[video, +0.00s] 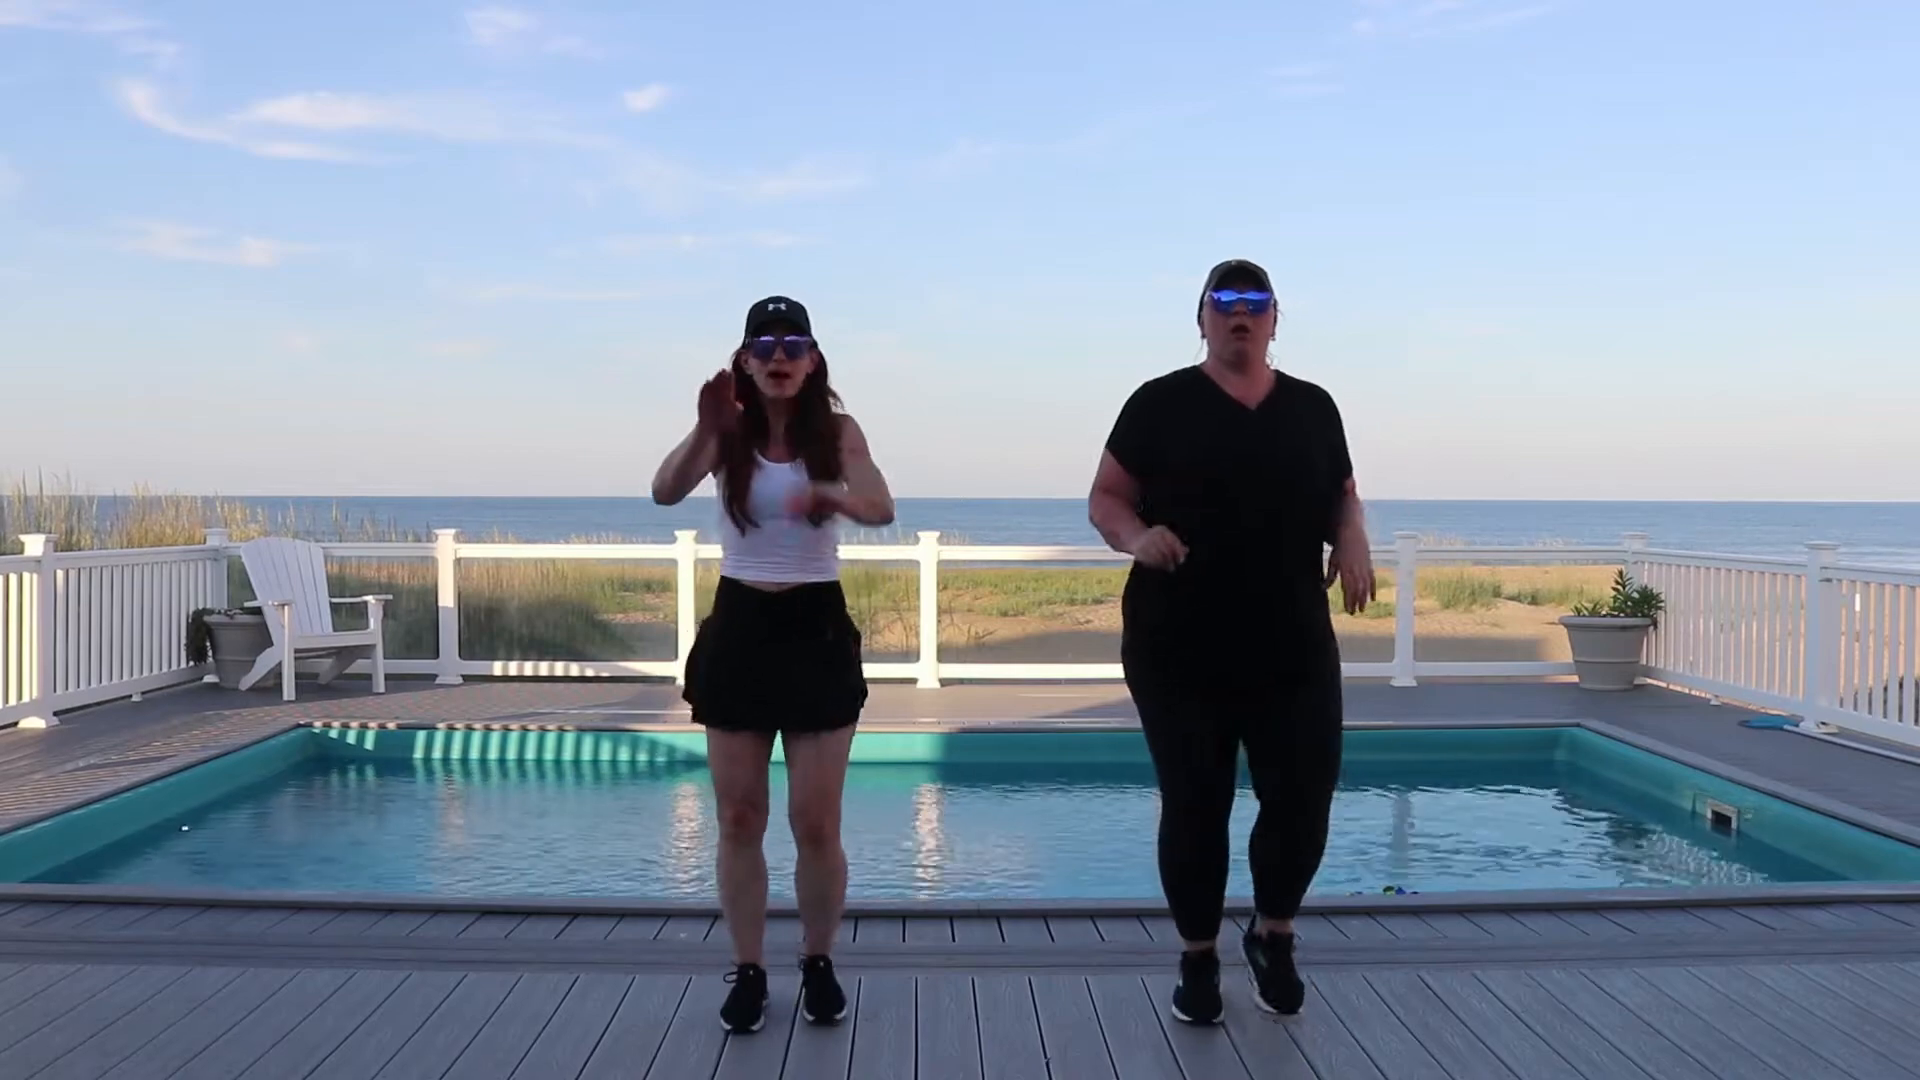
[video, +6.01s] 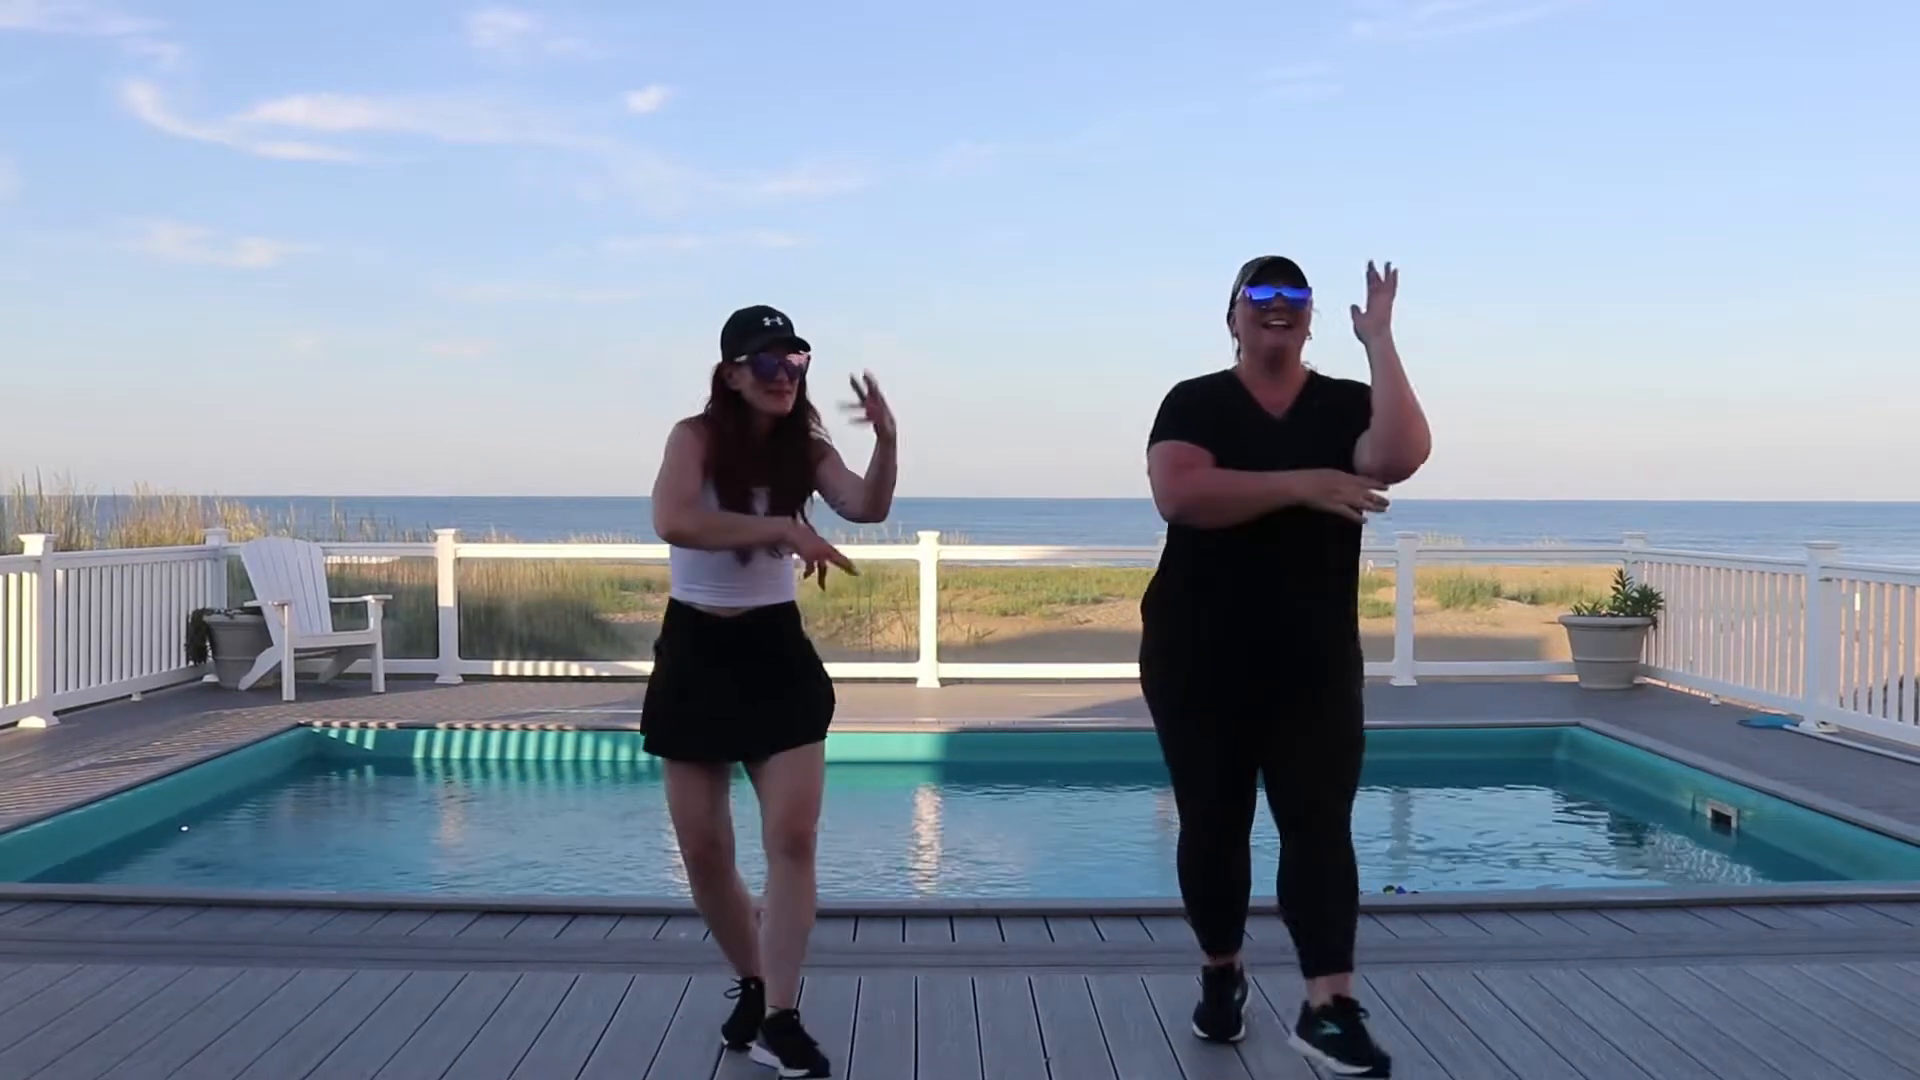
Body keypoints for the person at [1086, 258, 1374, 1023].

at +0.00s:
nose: (1240, 311)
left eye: (1254, 301)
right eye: (1225, 301)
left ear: (1274, 319)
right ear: (1202, 318)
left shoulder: (1313, 408)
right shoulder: (1158, 404)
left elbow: (1342, 496)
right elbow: (1106, 499)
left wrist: (1351, 537)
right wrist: (1135, 535)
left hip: (1289, 634)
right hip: (1180, 638)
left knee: (1303, 794)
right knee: (1195, 798)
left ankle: (1273, 936)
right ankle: (1198, 955)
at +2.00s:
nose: (1260, 357)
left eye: (1273, 344)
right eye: (1245, 343)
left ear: (1289, 338)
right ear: (1215, 336)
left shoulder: (1327, 401)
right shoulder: (1170, 416)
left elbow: (1377, 449)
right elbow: (1167, 514)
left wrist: (1377, 533)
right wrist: (1196, 404)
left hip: (1297, 647)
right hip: (1189, 651)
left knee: (1295, 808)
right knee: (1207, 813)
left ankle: (1257, 948)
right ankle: (1212, 979)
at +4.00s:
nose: (1270, 325)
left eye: (1284, 314)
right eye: (1254, 314)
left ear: (1302, 328)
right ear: (1225, 326)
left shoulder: (1342, 413)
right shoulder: (1184, 408)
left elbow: (1401, 502)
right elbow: (1182, 499)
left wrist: (1309, 473)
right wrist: (1246, 410)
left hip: (1311, 652)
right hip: (1198, 652)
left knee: (1315, 813)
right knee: (1207, 821)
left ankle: (1275, 957)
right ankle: (1206, 970)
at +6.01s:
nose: (1278, 311)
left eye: (1292, 301)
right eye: (1263, 300)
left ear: (1310, 318)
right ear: (1235, 316)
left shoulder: (1346, 406)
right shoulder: (1193, 402)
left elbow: (1404, 453)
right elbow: (1178, 496)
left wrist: (1379, 340)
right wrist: (1301, 485)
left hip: (1315, 660)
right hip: (1201, 660)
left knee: (1319, 825)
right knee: (1211, 824)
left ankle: (1329, 1002)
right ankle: (1221, 973)